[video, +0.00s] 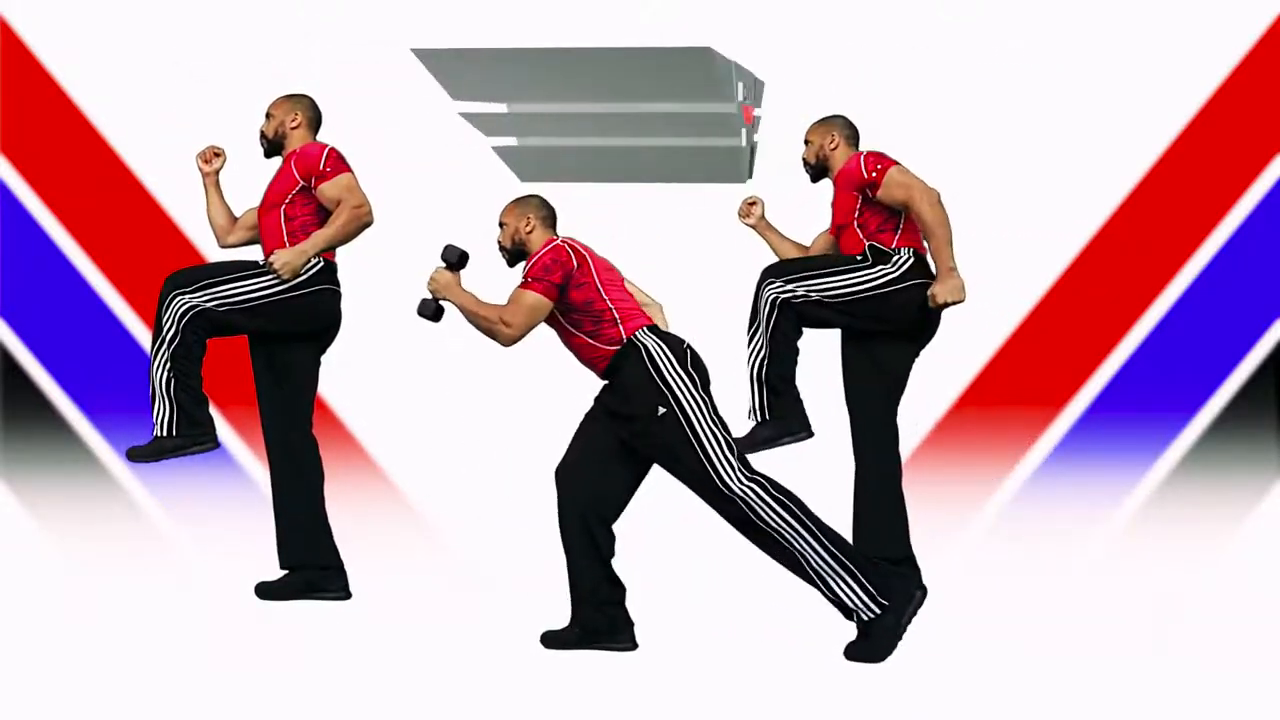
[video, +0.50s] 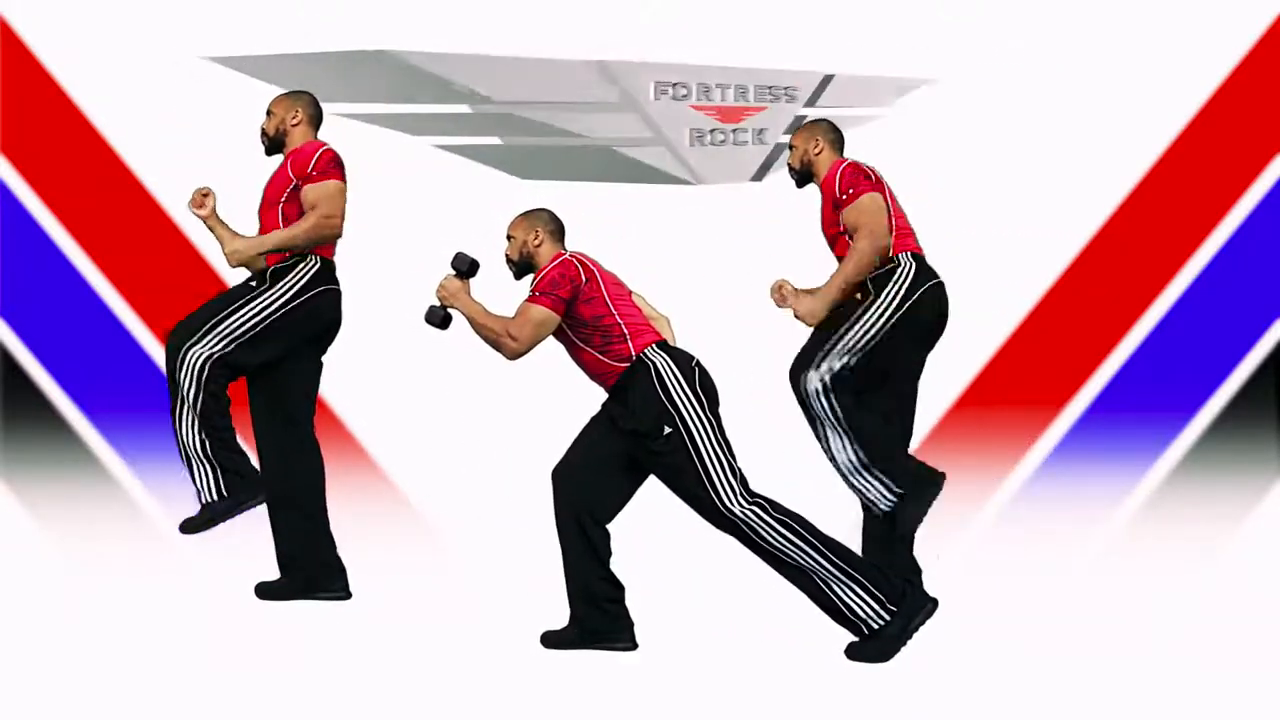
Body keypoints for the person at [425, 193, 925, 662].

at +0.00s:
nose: (498, 237)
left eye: (505, 226)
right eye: (499, 228)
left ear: (533, 223)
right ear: (536, 228)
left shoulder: (554, 255)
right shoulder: (569, 262)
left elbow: (507, 328)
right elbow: (650, 306)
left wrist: (454, 292)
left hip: (655, 367)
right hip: (629, 385)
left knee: (735, 487)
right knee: (579, 488)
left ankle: (879, 599)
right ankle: (602, 623)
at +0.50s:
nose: (505, 248)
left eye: (511, 238)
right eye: (506, 240)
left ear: (541, 237)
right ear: (543, 240)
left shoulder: (562, 269)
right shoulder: (578, 276)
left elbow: (513, 341)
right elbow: (661, 324)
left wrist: (463, 301)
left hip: (660, 382)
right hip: (632, 401)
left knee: (734, 506)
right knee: (574, 488)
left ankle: (885, 609)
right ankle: (601, 622)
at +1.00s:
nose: (506, 250)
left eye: (512, 239)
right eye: (506, 243)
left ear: (541, 236)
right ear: (543, 240)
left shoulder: (563, 267)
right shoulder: (577, 275)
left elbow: (515, 341)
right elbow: (657, 325)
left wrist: (462, 303)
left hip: (657, 385)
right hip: (630, 402)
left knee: (735, 505)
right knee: (572, 488)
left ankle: (886, 609)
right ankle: (601, 622)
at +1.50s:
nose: (534, 187)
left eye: (539, 177)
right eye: (535, 179)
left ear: (564, 175)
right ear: (565, 178)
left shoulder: (593, 202)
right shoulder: (573, 233)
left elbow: (645, 256)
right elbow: (556, 309)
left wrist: (619, 321)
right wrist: (498, 287)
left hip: (600, 335)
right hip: (607, 348)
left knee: (493, 365)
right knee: (591, 492)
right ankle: (604, 620)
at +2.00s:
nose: (538, 187)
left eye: (543, 178)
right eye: (539, 180)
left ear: (568, 175)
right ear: (569, 177)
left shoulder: (593, 203)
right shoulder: (571, 234)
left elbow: (645, 255)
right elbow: (540, 301)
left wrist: (636, 326)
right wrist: (494, 263)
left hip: (599, 321)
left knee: (483, 348)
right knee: (581, 485)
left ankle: (484, 479)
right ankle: (602, 619)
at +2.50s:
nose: (503, 215)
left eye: (507, 205)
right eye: (503, 207)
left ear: (532, 202)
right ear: (536, 204)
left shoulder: (559, 229)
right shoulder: (562, 245)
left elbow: (547, 297)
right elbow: (602, 318)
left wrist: (475, 298)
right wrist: (591, 376)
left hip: (630, 349)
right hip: (606, 366)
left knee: (673, 484)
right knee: (580, 489)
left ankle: (819, 561)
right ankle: (602, 622)